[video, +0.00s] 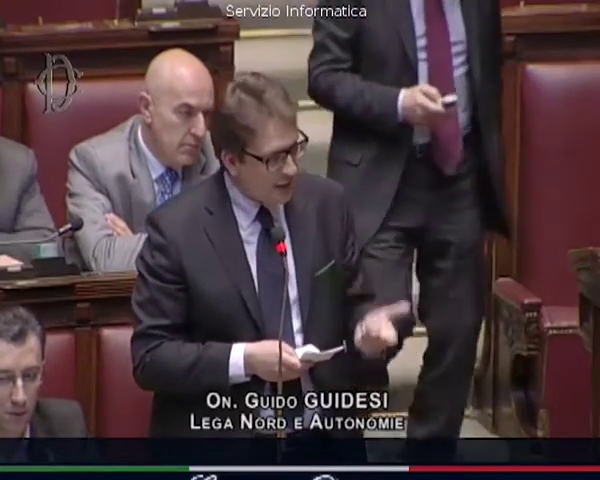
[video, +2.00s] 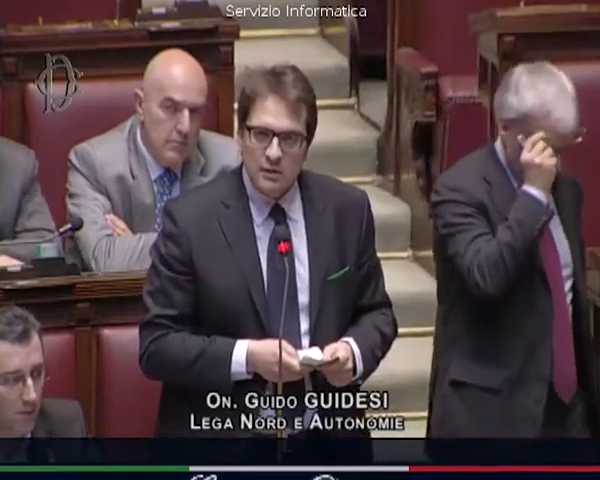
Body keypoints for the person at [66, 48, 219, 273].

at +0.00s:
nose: (200, 130)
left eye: (206, 114)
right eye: (186, 113)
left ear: (211, 108)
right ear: (146, 108)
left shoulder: (209, 152)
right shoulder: (92, 160)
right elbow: (105, 260)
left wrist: (137, 247)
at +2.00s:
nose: (185, 127)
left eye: (195, 111)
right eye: (170, 108)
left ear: (204, 108)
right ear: (140, 104)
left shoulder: (230, 157)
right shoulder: (91, 161)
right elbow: (105, 259)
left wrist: (139, 251)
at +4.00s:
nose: (187, 125)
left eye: (197, 109)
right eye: (172, 107)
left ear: (205, 108)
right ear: (140, 104)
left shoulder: (228, 155)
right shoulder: (91, 161)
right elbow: (106, 260)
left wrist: (137, 247)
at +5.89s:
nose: (188, 126)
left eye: (197, 110)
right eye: (173, 108)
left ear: (205, 108)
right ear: (141, 104)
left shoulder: (231, 157)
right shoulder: (91, 161)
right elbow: (105, 259)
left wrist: (137, 251)